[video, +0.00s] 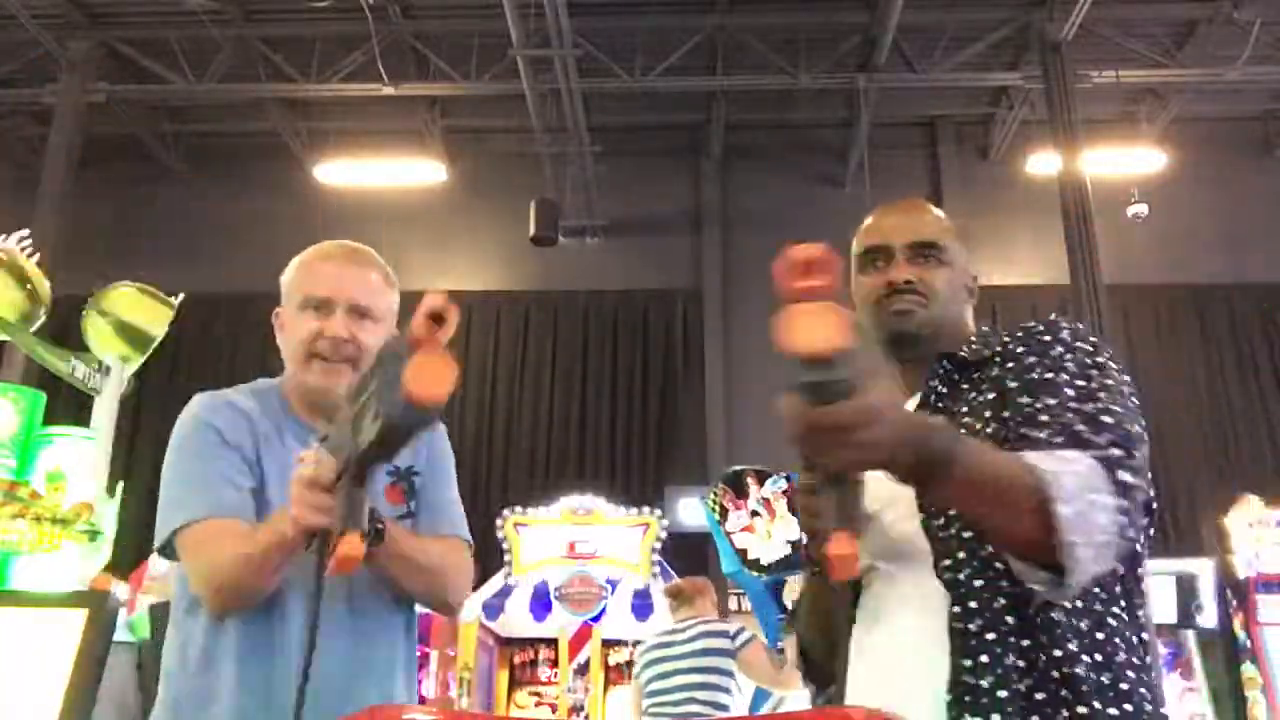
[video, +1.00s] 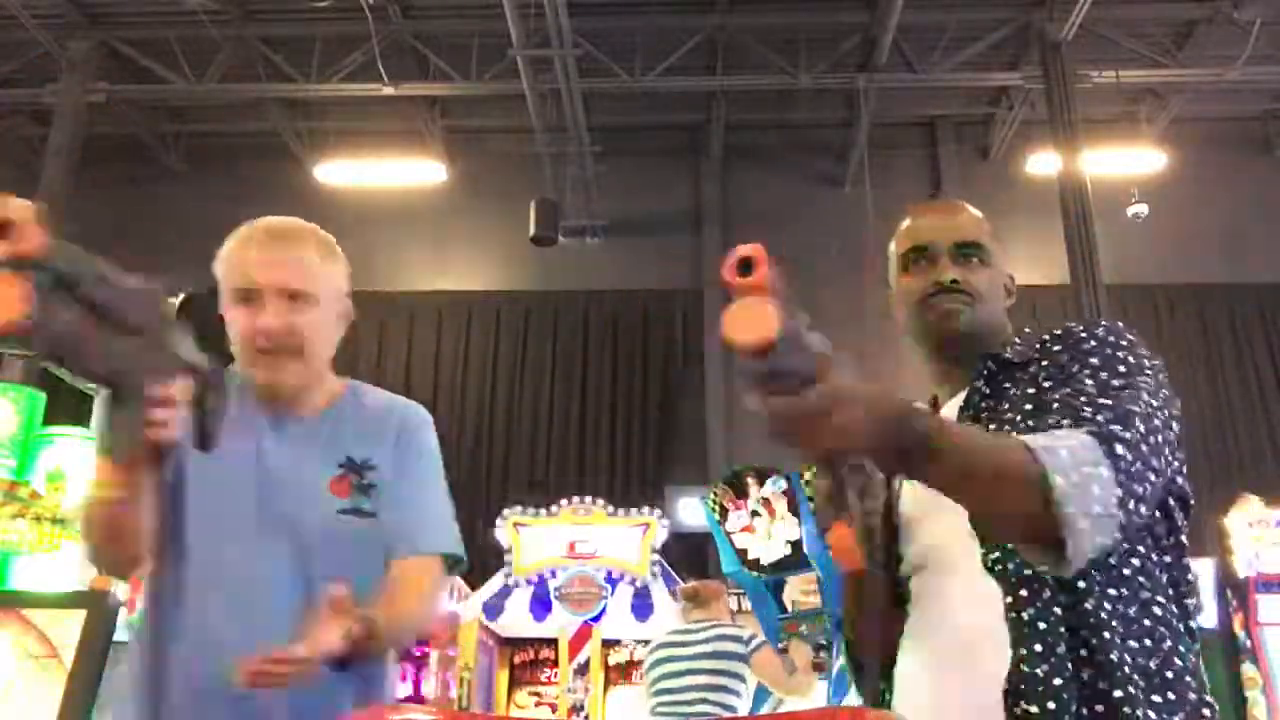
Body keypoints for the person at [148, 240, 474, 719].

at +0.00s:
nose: (338, 330)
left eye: (362, 315)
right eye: (318, 308)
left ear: (389, 337)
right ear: (280, 324)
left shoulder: (417, 436)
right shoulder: (216, 420)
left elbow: (453, 588)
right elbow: (219, 586)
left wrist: (369, 527)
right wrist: (292, 525)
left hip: (369, 711)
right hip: (222, 710)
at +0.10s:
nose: (326, 329)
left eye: (350, 311)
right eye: (304, 306)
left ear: (381, 337)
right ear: (268, 321)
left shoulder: (414, 434)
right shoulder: (201, 418)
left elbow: (445, 579)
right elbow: (195, 576)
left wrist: (331, 522)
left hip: (362, 709)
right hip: (208, 709)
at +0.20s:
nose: (297, 322)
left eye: (323, 305)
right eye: (276, 300)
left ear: (361, 328)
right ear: (246, 314)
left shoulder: (402, 423)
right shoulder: (190, 415)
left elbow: (419, 563)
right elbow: (166, 584)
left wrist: (269, 494)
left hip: (346, 708)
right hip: (189, 708)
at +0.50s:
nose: (277, 336)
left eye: (304, 312)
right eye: (258, 311)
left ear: (351, 323)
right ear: (234, 321)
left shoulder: (396, 424)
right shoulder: (202, 413)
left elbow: (345, 565)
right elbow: (132, 589)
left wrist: (228, 550)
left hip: (337, 711)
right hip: (193, 709)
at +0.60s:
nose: (280, 347)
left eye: (305, 323)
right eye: (261, 324)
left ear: (356, 331)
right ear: (239, 331)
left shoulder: (408, 431)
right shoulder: (200, 421)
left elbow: (383, 574)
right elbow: (138, 578)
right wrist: (168, 476)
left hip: (344, 712)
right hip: (194, 710)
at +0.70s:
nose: (293, 350)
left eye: (318, 326)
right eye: (274, 327)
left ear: (365, 335)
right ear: (252, 335)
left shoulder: (423, 441)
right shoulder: (215, 425)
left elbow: (454, 598)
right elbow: (149, 560)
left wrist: (403, 607)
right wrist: (177, 460)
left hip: (359, 714)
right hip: (209, 709)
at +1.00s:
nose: (270, 322)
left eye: (295, 299)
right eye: (248, 299)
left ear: (343, 314)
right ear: (222, 312)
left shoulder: (397, 429)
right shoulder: (178, 413)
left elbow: (417, 595)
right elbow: (116, 560)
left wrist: (353, 630)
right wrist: (134, 457)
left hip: (328, 708)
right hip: (172, 703)